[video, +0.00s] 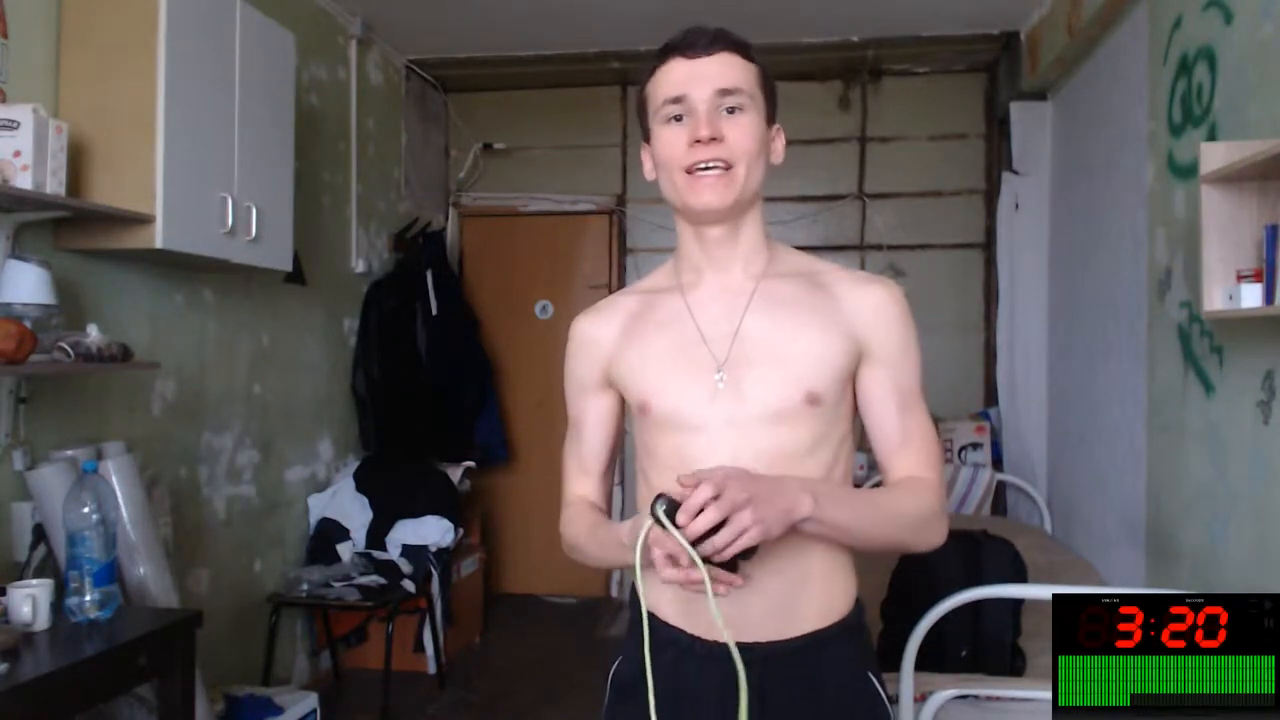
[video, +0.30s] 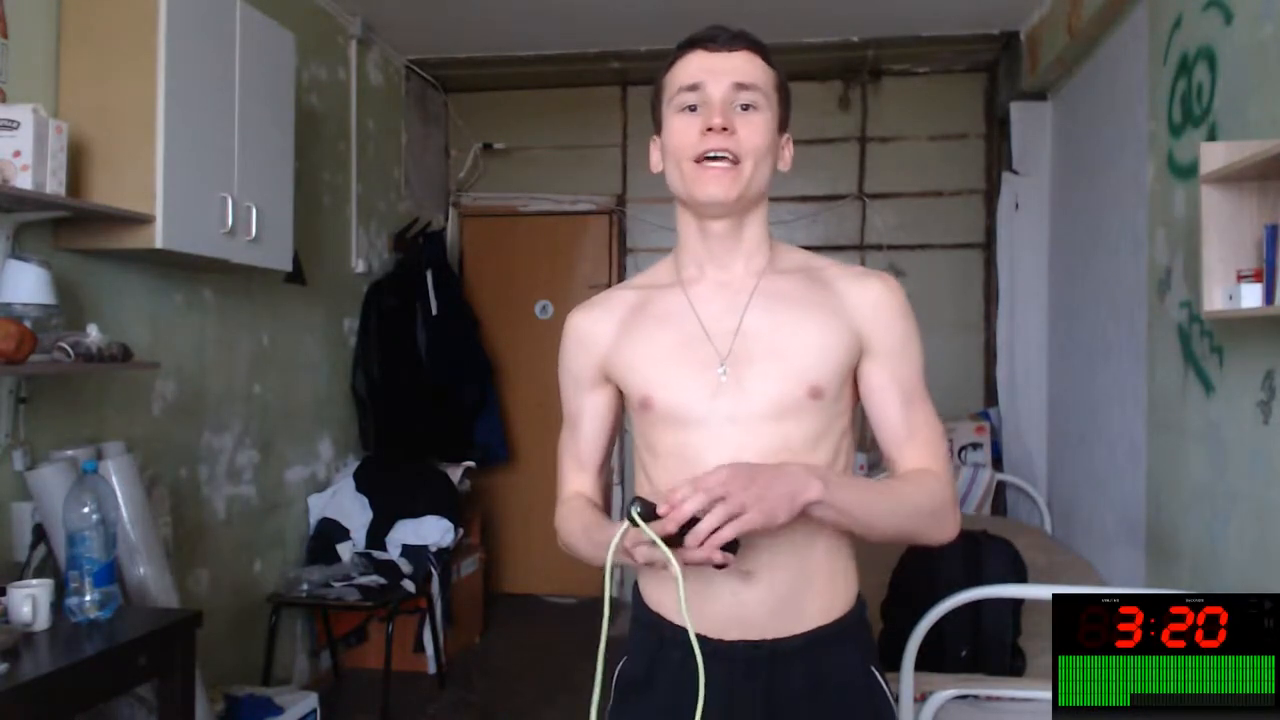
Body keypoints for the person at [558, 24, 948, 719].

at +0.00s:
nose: (704, 130)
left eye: (731, 108)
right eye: (677, 115)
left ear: (774, 144)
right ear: (648, 159)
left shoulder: (865, 307)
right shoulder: (604, 332)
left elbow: (924, 514)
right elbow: (577, 521)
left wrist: (798, 499)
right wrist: (638, 543)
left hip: (820, 676)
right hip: (665, 678)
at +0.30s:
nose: (716, 122)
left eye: (745, 105)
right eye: (689, 105)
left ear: (783, 150)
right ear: (656, 152)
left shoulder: (866, 302)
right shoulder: (600, 327)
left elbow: (937, 507)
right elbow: (575, 507)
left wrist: (807, 487)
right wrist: (630, 544)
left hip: (825, 672)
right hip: (669, 673)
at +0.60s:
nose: (731, 126)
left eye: (759, 109)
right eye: (704, 107)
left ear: (792, 152)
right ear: (665, 147)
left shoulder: (868, 303)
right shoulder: (604, 326)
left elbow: (946, 521)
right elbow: (574, 504)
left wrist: (842, 377)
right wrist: (599, 535)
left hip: (827, 669)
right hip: (671, 671)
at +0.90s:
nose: (731, 138)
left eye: (758, 116)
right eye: (703, 115)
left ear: (792, 153)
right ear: (663, 149)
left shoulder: (870, 302)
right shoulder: (606, 328)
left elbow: (935, 526)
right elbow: (588, 490)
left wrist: (851, 388)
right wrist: (603, 540)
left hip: (830, 668)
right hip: (676, 670)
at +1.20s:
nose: (729, 168)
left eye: (752, 134)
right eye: (698, 139)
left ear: (786, 145)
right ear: (657, 157)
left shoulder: (872, 309)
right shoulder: (609, 330)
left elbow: (930, 537)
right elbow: (587, 488)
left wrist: (868, 462)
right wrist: (602, 537)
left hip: (825, 668)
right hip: (671, 670)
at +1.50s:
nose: (721, 160)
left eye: (746, 128)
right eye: (692, 134)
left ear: (783, 145)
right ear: (654, 157)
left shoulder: (867, 313)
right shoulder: (605, 328)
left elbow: (932, 532)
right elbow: (585, 491)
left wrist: (888, 468)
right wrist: (591, 543)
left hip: (818, 671)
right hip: (664, 669)